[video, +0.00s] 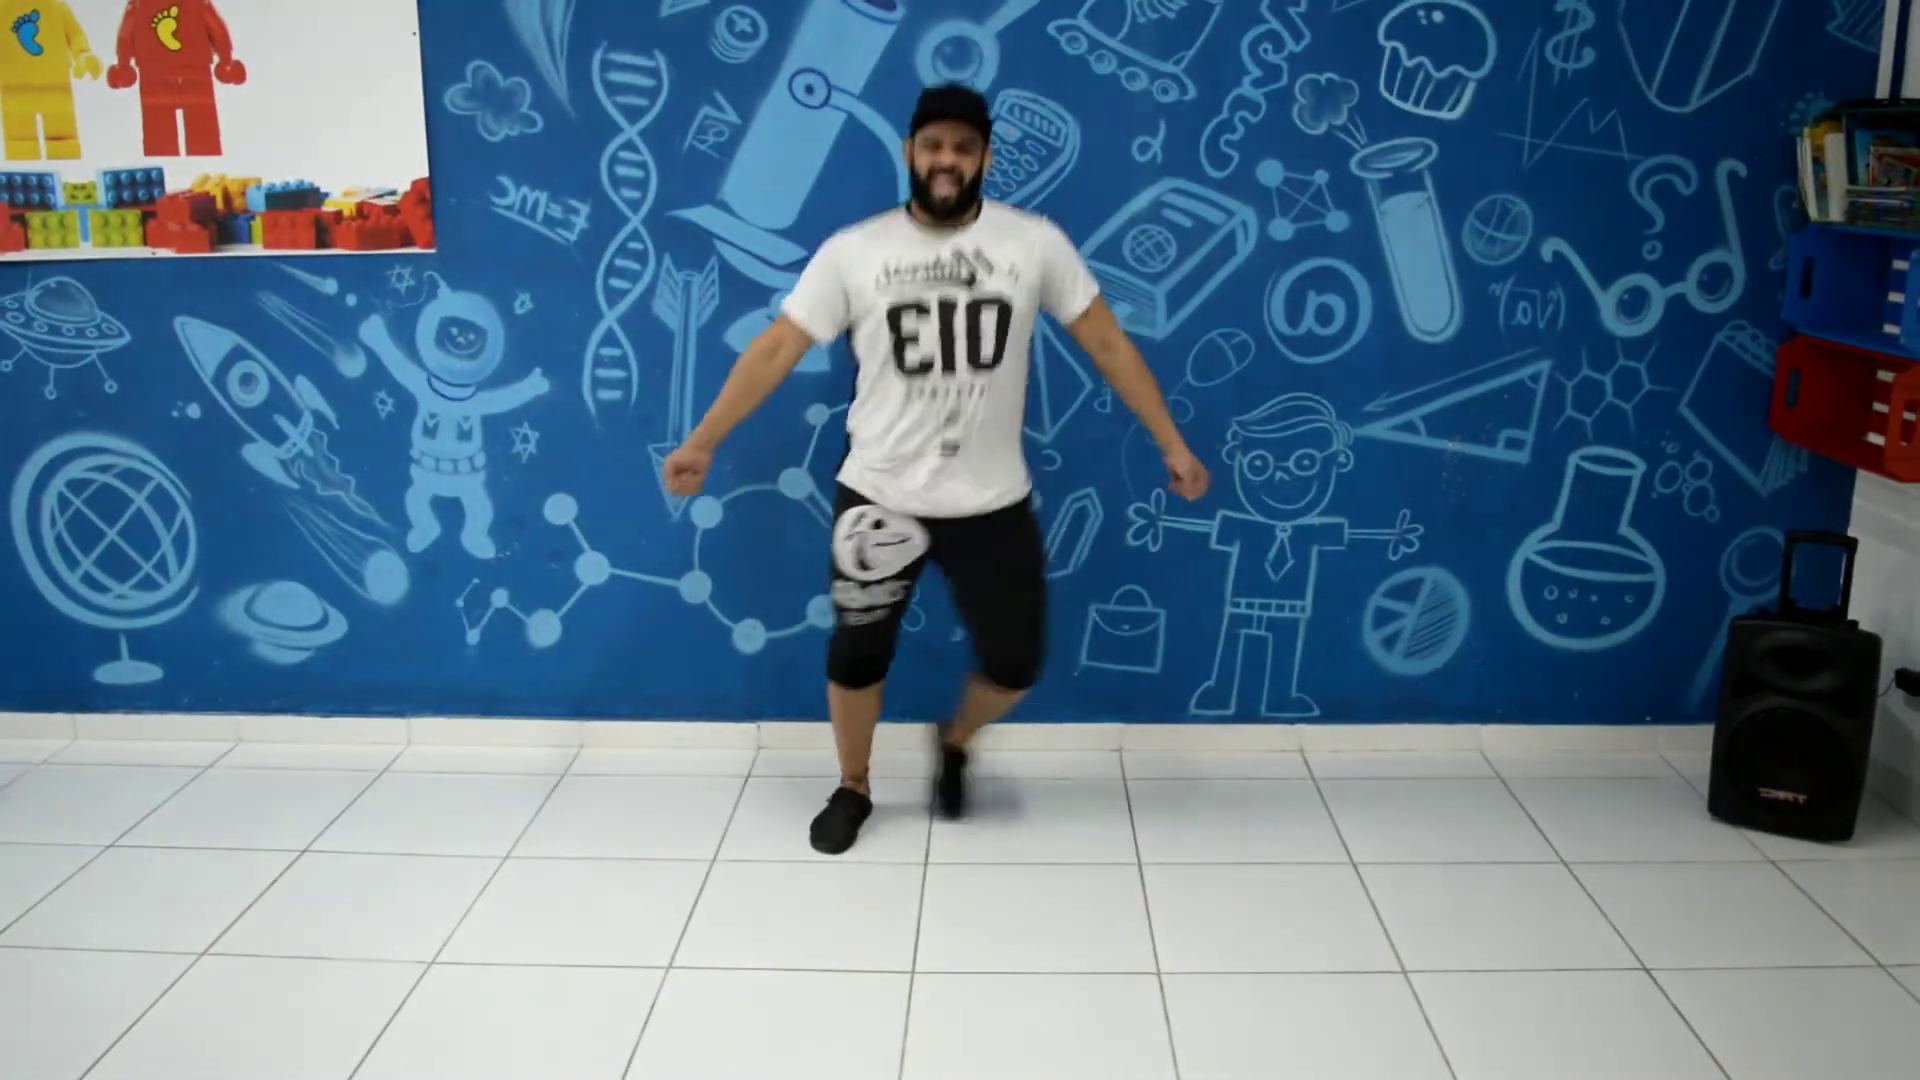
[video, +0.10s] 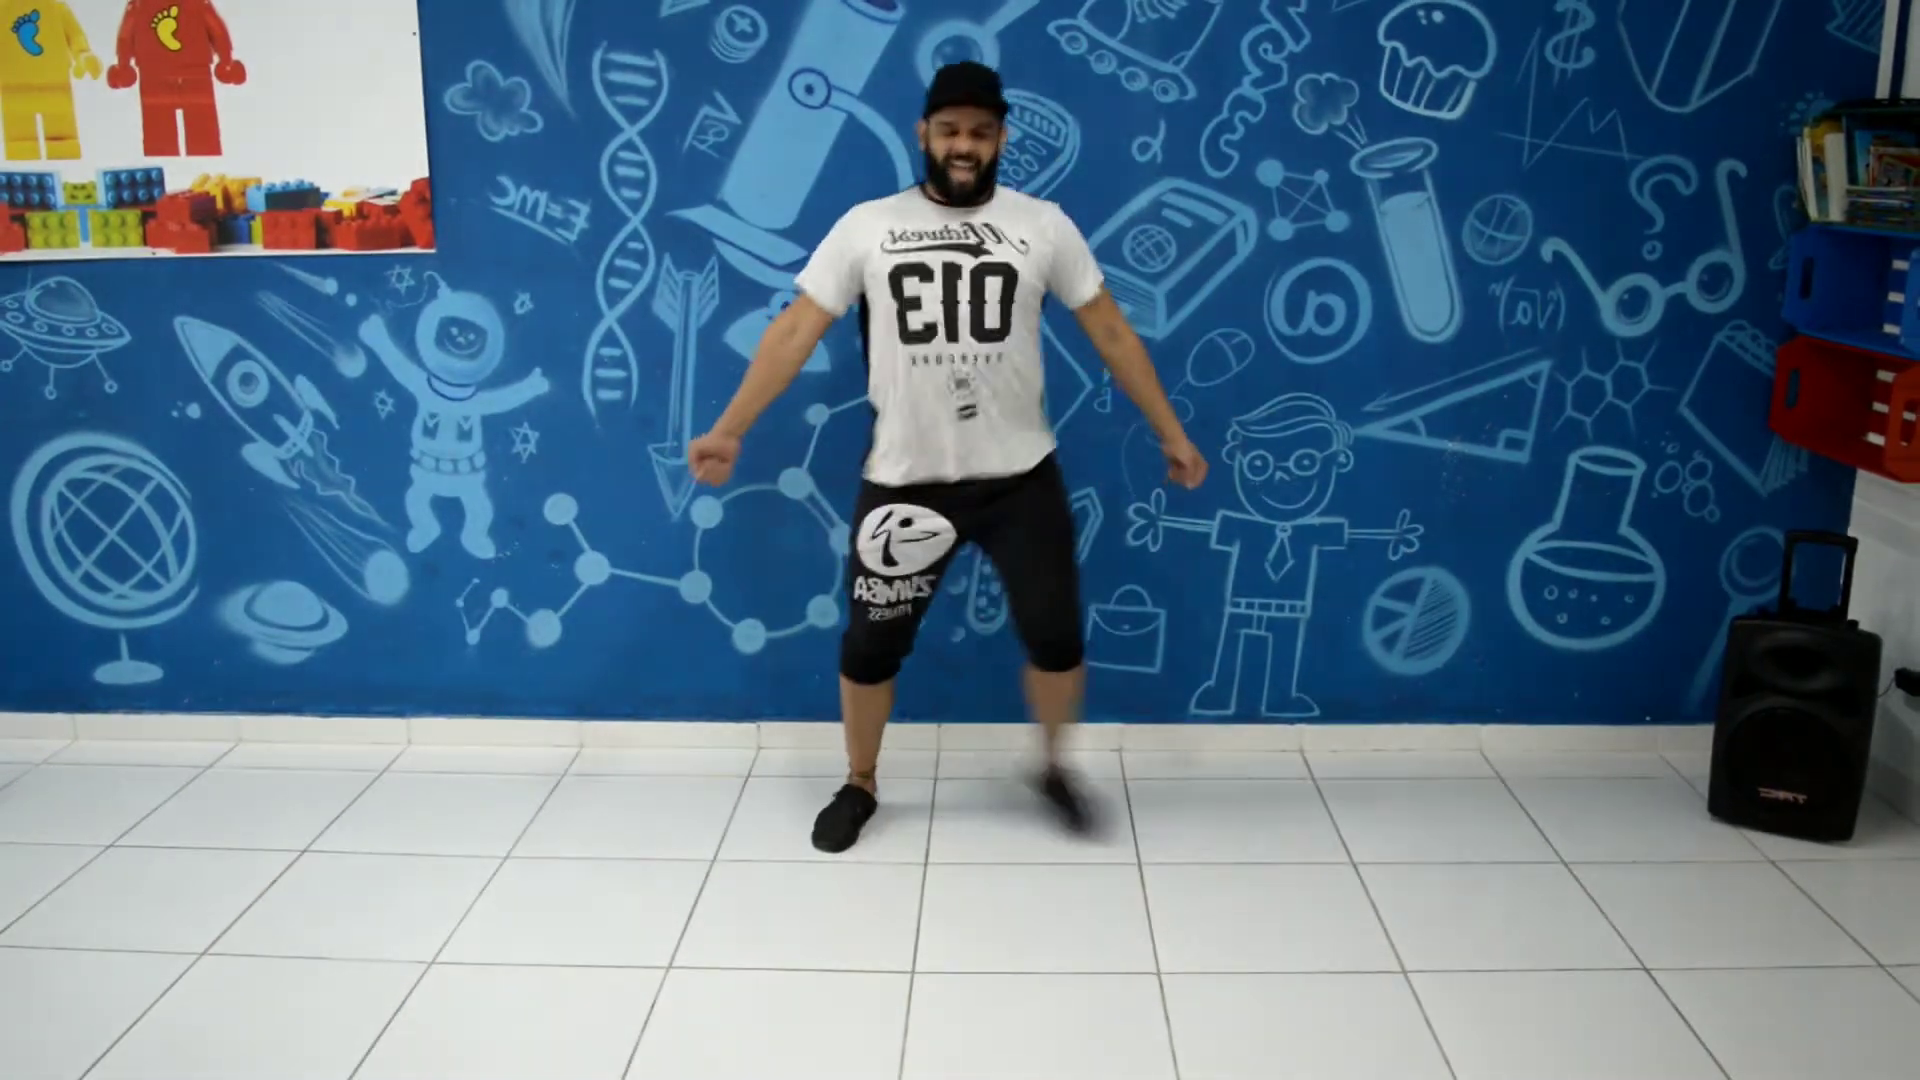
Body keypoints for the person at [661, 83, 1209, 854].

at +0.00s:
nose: (946, 161)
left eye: (963, 148)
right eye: (931, 146)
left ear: (986, 159)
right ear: (909, 153)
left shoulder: (1035, 247)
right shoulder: (852, 255)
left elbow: (1110, 349)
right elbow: (776, 351)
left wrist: (1173, 443)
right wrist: (701, 441)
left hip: (991, 497)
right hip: (880, 492)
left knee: (1013, 667)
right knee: (857, 655)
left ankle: (954, 744)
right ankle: (852, 787)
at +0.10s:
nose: (965, 146)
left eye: (981, 132)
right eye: (950, 131)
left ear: (1003, 139)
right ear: (923, 134)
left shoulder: (1043, 228)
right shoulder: (868, 230)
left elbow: (1112, 335)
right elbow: (795, 329)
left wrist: (1173, 435)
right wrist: (729, 429)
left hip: (1020, 474)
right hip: (905, 477)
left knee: (1057, 636)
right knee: (869, 646)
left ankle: (1056, 770)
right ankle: (858, 784)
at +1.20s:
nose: (972, 165)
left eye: (988, 152)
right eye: (957, 153)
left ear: (1012, 165)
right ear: (936, 167)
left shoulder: (1069, 255)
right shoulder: (891, 271)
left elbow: (1128, 358)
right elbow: (817, 365)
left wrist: (1182, 464)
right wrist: (751, 459)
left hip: (1028, 493)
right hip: (914, 490)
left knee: (1086, 651)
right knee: (867, 647)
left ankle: (1129, 790)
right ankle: (853, 785)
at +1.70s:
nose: (969, 138)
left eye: (986, 131)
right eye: (957, 125)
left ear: (1004, 152)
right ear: (929, 137)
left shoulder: (1044, 241)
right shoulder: (867, 241)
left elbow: (1089, 353)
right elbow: (809, 347)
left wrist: (1130, 456)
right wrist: (758, 454)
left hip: (1015, 481)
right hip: (897, 482)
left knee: (1065, 640)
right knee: (859, 645)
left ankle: (1070, 773)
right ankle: (850, 783)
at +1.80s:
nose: (988, 162)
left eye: (1007, 156)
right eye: (977, 147)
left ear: (1024, 179)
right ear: (950, 156)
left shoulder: (1055, 270)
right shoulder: (881, 252)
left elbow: (1111, 375)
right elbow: (822, 363)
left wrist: (1168, 476)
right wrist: (772, 479)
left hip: (1031, 493)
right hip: (917, 492)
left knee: (1089, 651)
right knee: (852, 655)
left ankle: (1131, 790)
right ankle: (850, 785)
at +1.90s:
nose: (1008, 196)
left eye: (1026, 188)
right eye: (996, 181)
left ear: (1045, 208)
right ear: (969, 190)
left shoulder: (1077, 302)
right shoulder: (905, 288)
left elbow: (1137, 402)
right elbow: (841, 394)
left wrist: (1200, 499)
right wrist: (793, 506)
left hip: (1056, 509)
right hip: (942, 507)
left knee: (1113, 661)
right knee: (872, 662)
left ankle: (1140, 794)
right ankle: (850, 787)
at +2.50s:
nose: (1027, 146)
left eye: (1037, 128)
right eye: (1008, 137)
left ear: (1064, 130)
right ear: (990, 154)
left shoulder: (1134, 222)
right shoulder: (962, 249)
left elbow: (1177, 331)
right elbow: (915, 350)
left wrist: (1216, 438)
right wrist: (874, 456)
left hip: (1098, 477)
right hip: (985, 477)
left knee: (1129, 640)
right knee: (941, 641)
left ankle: (1143, 788)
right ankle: (954, 762)